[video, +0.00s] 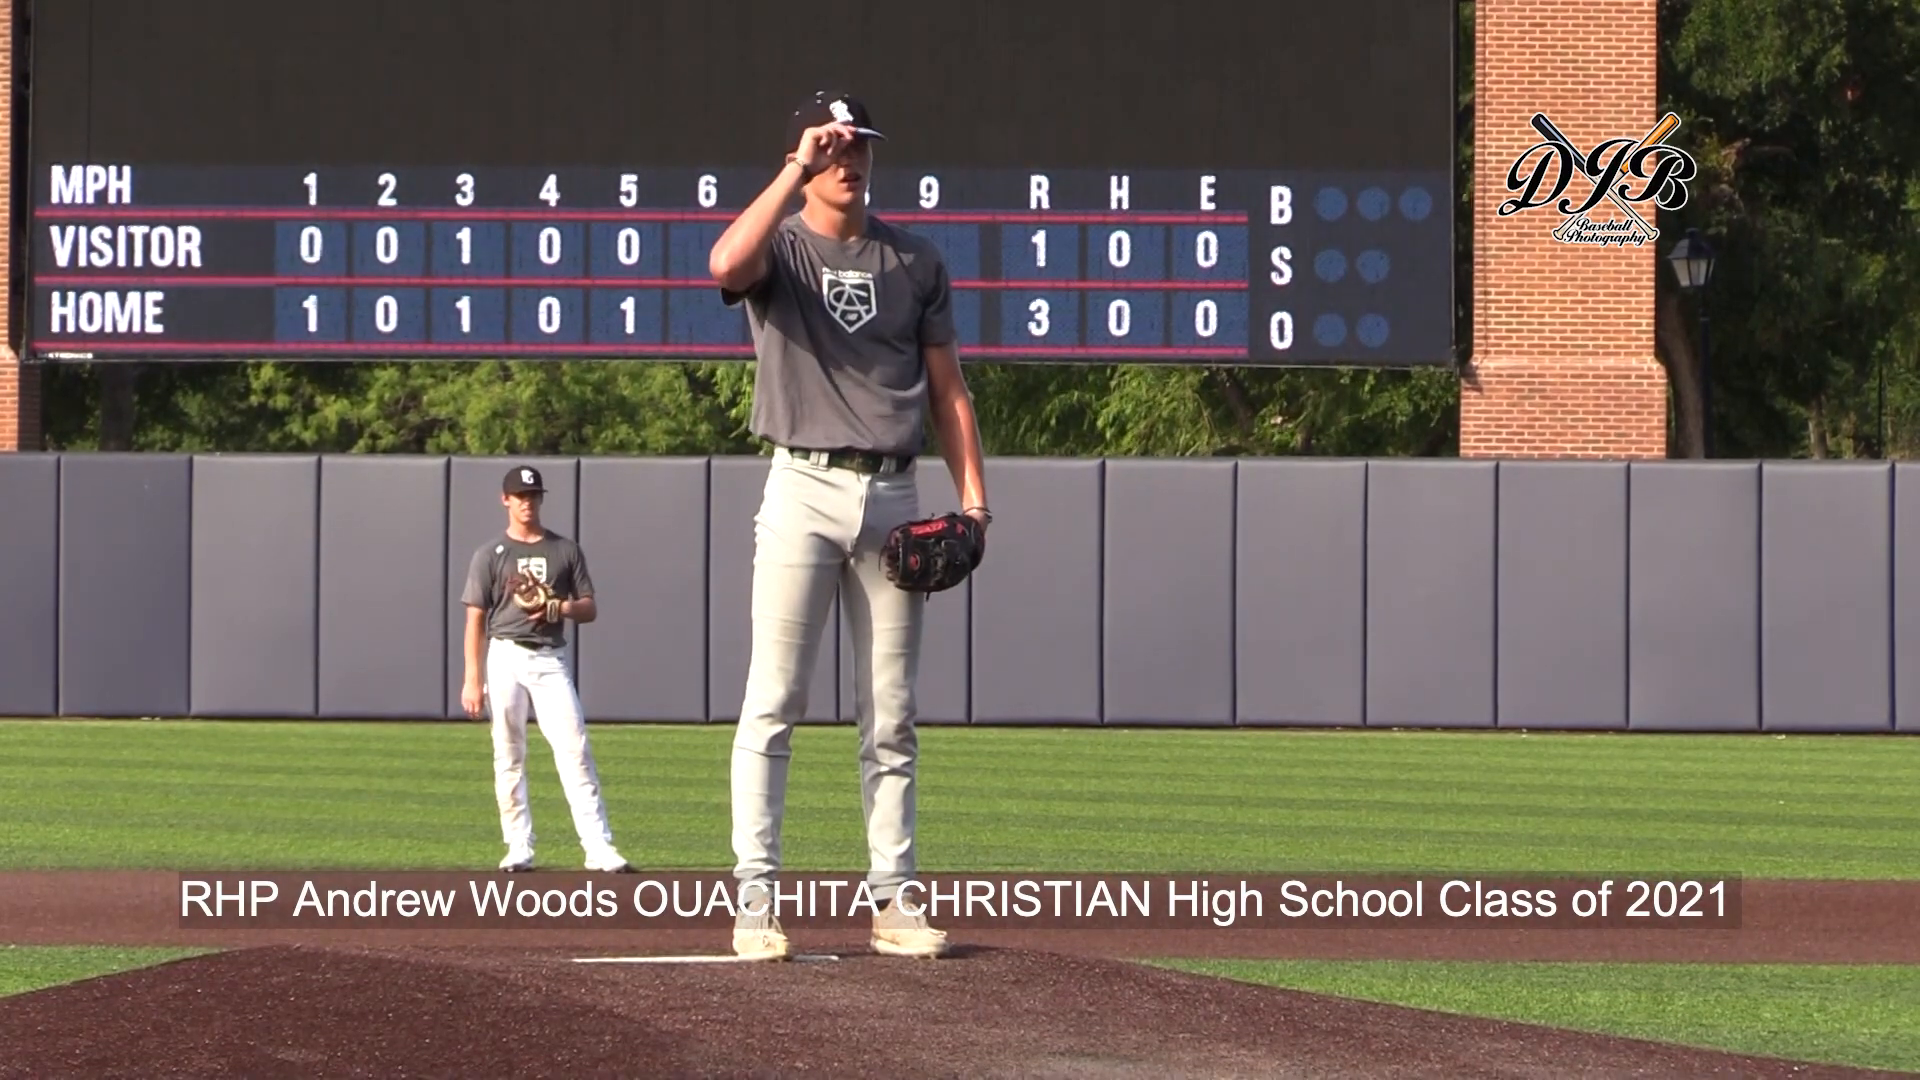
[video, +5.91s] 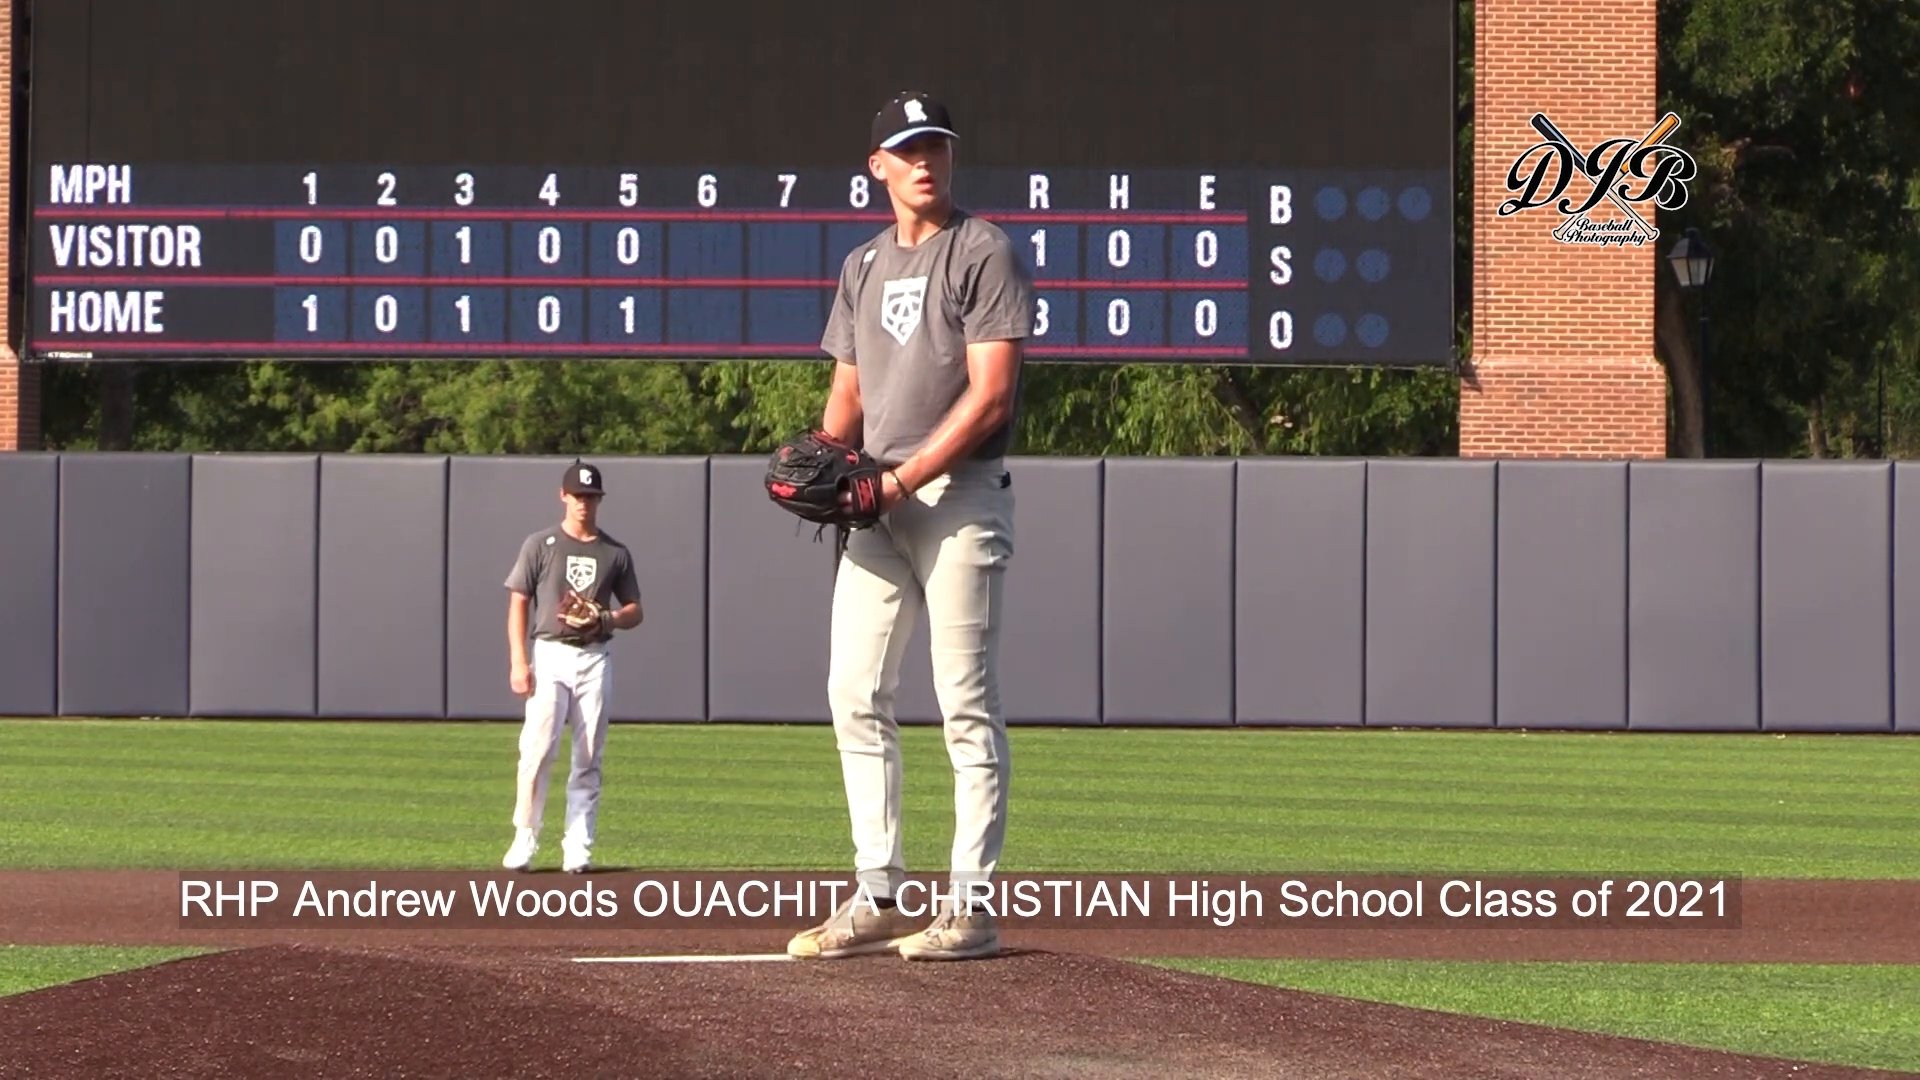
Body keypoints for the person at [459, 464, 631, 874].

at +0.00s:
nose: (528, 504)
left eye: (533, 497)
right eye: (520, 497)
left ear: (541, 500)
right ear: (506, 501)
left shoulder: (567, 550)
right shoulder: (489, 556)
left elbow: (588, 609)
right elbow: (475, 622)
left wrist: (559, 606)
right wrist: (472, 679)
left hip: (550, 659)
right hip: (504, 657)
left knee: (576, 749)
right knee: (508, 757)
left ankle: (600, 851)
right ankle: (518, 851)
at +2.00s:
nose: (534, 504)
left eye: (540, 497)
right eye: (527, 497)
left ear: (548, 500)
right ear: (511, 500)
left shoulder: (571, 550)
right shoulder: (492, 555)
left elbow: (593, 608)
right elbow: (480, 622)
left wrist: (560, 610)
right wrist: (484, 680)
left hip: (552, 658)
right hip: (505, 656)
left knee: (576, 749)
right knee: (509, 756)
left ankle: (599, 852)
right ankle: (519, 850)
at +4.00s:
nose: (532, 504)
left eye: (538, 497)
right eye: (525, 497)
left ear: (546, 500)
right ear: (509, 500)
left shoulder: (569, 551)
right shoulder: (491, 555)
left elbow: (591, 610)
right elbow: (479, 620)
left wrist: (558, 609)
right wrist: (483, 678)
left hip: (552, 658)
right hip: (505, 657)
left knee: (576, 750)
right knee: (509, 757)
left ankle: (600, 852)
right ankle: (519, 851)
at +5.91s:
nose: (585, 504)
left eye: (591, 497)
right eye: (578, 497)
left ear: (600, 499)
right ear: (564, 497)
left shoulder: (616, 554)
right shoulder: (539, 545)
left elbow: (634, 610)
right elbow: (518, 603)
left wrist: (607, 621)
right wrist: (519, 662)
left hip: (594, 659)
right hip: (548, 655)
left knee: (587, 757)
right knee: (536, 751)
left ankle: (578, 850)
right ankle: (524, 839)